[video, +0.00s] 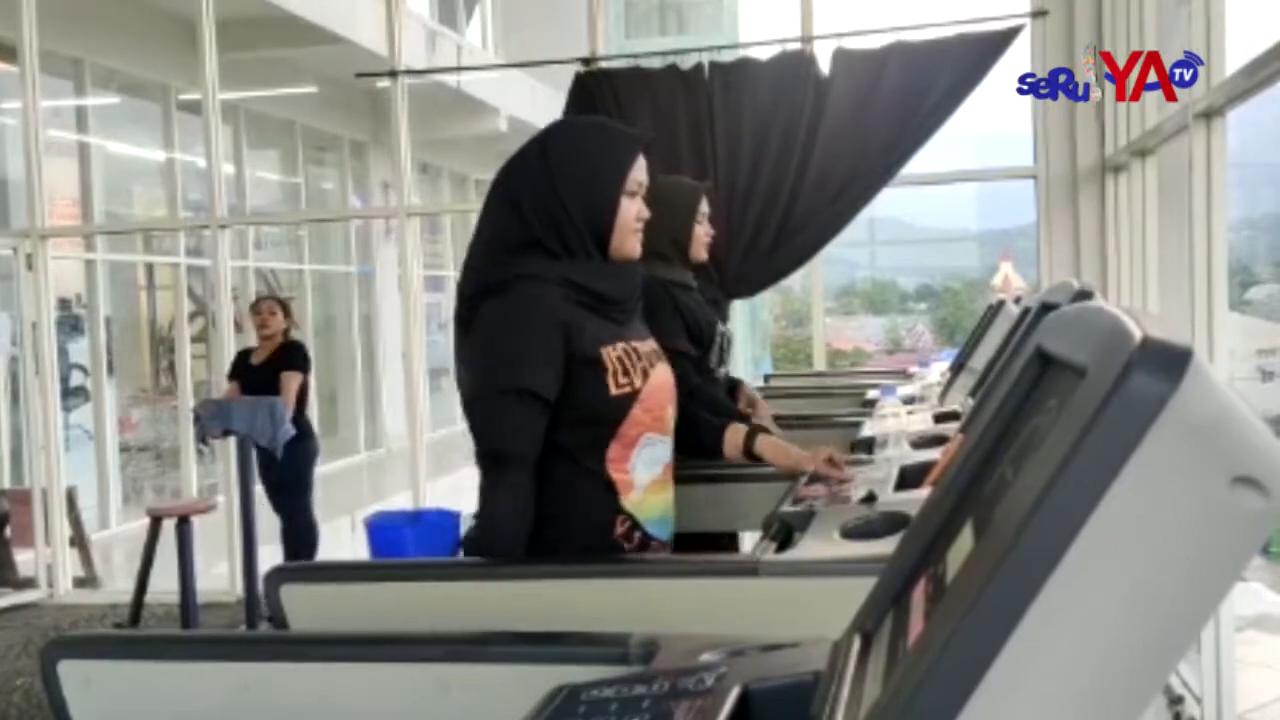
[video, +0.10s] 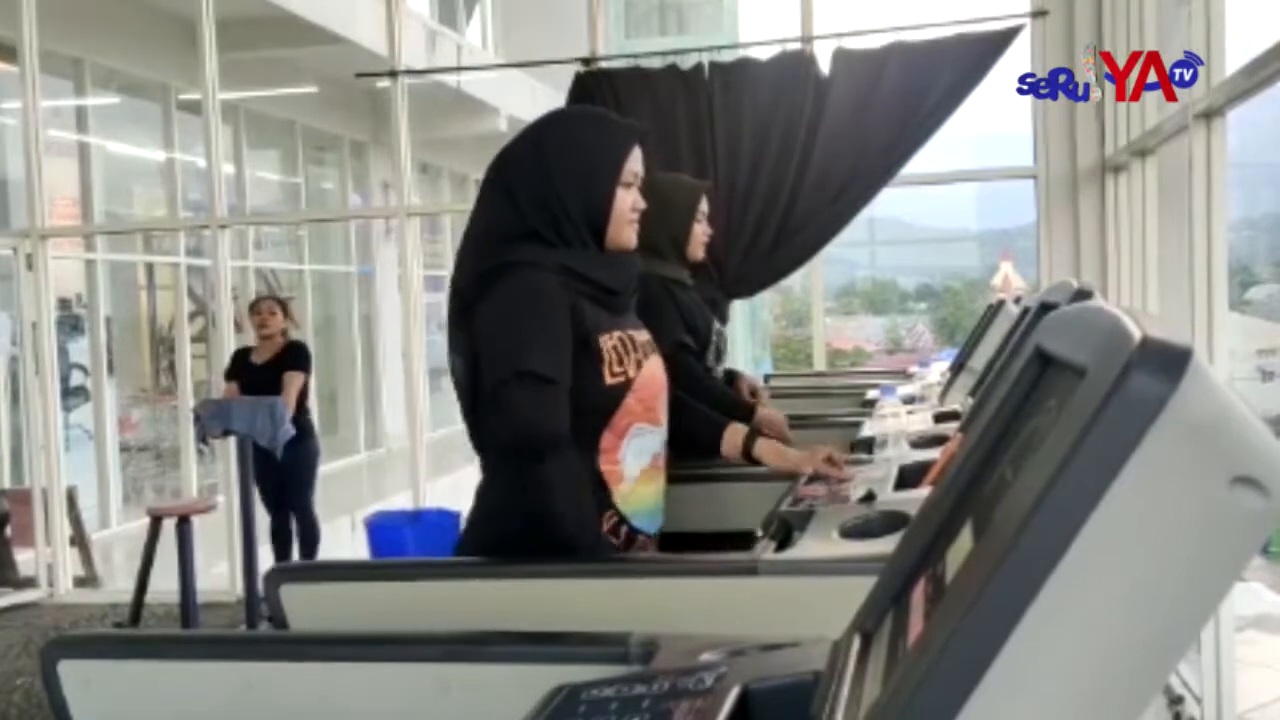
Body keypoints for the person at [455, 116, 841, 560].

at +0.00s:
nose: (645, 211)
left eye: (643, 195)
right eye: (632, 194)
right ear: (583, 195)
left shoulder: (610, 297)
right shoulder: (526, 307)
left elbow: (668, 411)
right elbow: (507, 473)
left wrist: (784, 455)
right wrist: (486, 600)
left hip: (633, 558)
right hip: (564, 571)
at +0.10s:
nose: (640, 202)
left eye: (638, 186)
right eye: (627, 185)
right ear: (577, 184)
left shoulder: (600, 284)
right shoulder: (528, 291)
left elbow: (654, 404)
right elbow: (535, 455)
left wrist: (769, 452)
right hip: (543, 566)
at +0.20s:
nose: (638, 203)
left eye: (635, 186)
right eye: (624, 185)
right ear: (574, 185)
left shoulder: (594, 286)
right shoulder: (529, 289)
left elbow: (645, 404)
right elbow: (564, 435)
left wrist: (760, 444)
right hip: (533, 567)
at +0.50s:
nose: (641, 203)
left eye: (639, 186)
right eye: (626, 185)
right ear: (577, 185)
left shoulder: (603, 282)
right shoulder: (530, 287)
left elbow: (640, 406)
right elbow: (536, 439)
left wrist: (746, 431)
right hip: (561, 564)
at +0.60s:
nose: (642, 198)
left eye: (641, 180)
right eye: (630, 178)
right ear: (582, 177)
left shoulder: (604, 273)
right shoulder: (526, 281)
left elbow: (632, 400)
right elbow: (513, 443)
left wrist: (738, 426)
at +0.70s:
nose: (643, 202)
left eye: (641, 187)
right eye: (629, 186)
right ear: (578, 184)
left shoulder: (608, 282)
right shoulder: (520, 290)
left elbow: (635, 406)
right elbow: (490, 446)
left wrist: (741, 432)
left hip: (618, 550)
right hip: (544, 562)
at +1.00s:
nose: (635, 207)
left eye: (632, 189)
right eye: (621, 188)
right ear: (571, 188)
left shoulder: (598, 289)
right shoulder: (519, 300)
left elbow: (623, 413)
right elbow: (501, 461)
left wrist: (738, 434)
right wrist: (478, 589)